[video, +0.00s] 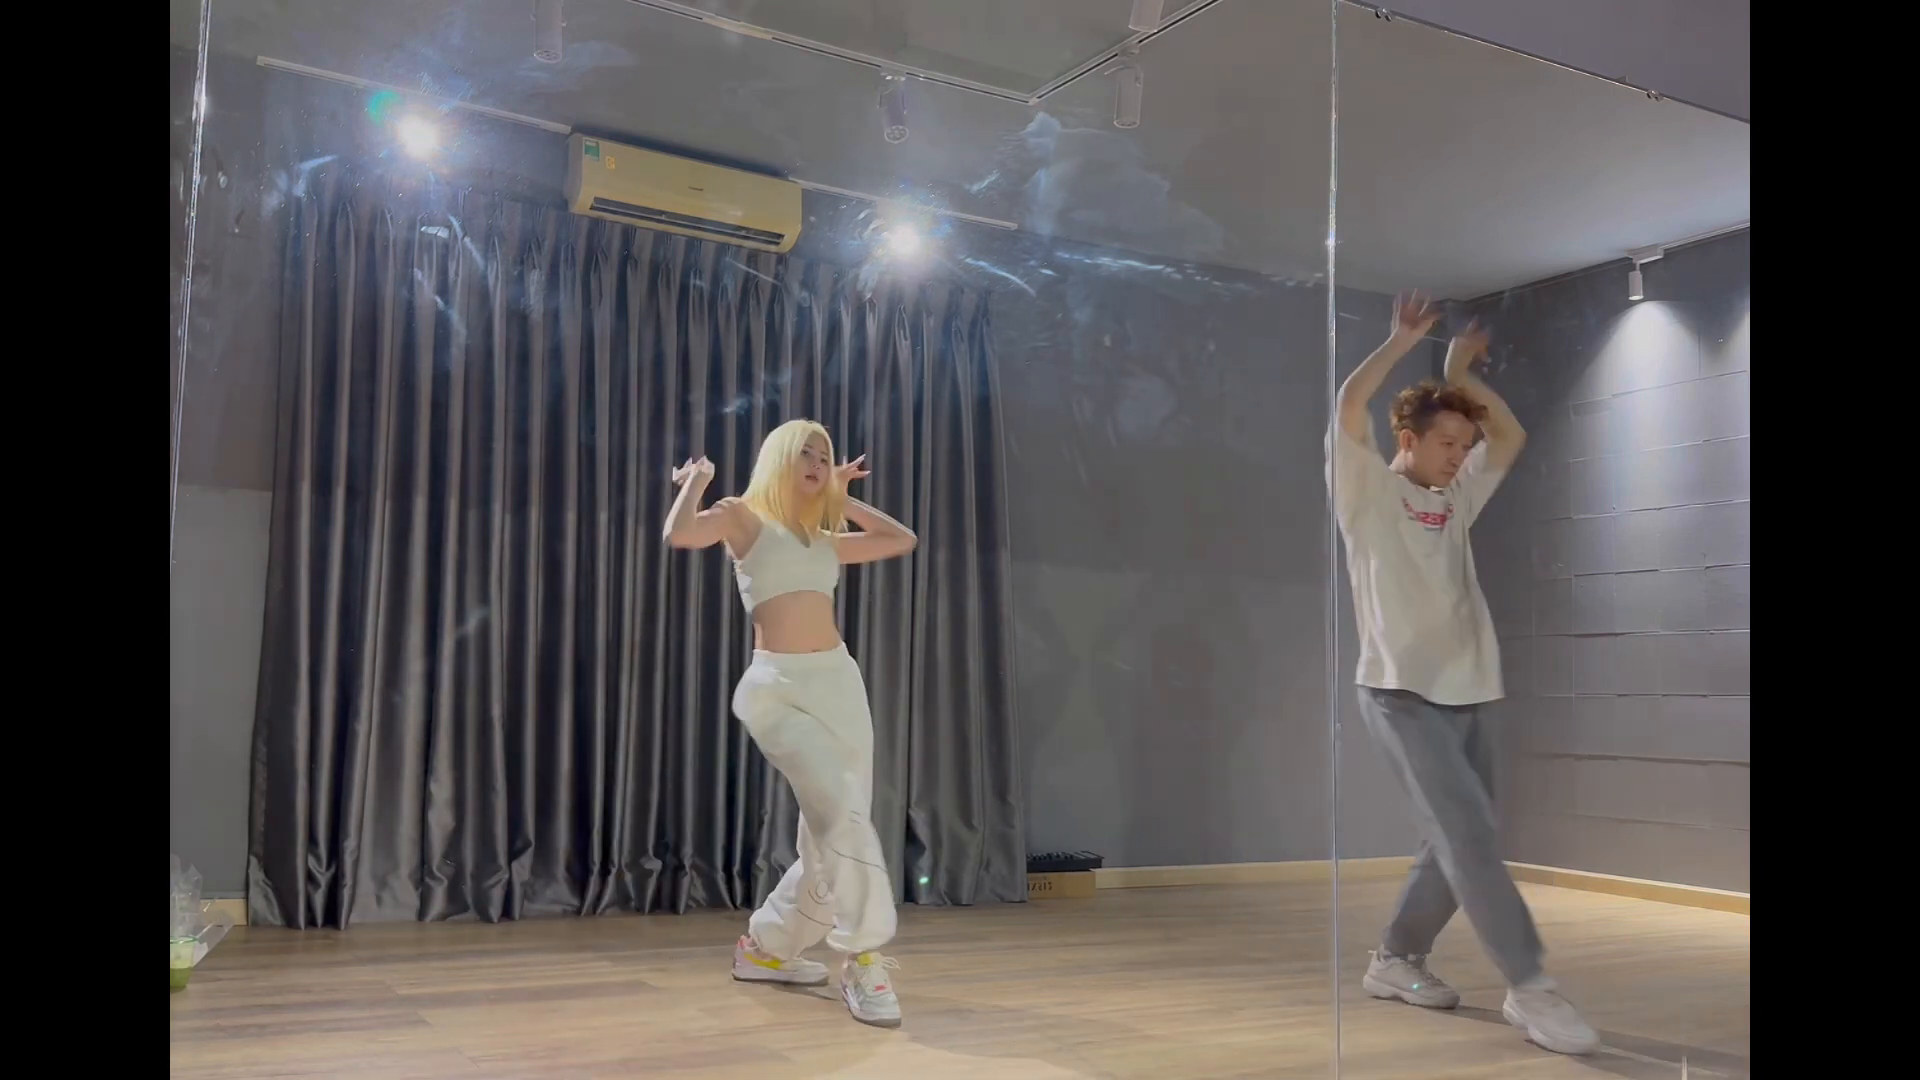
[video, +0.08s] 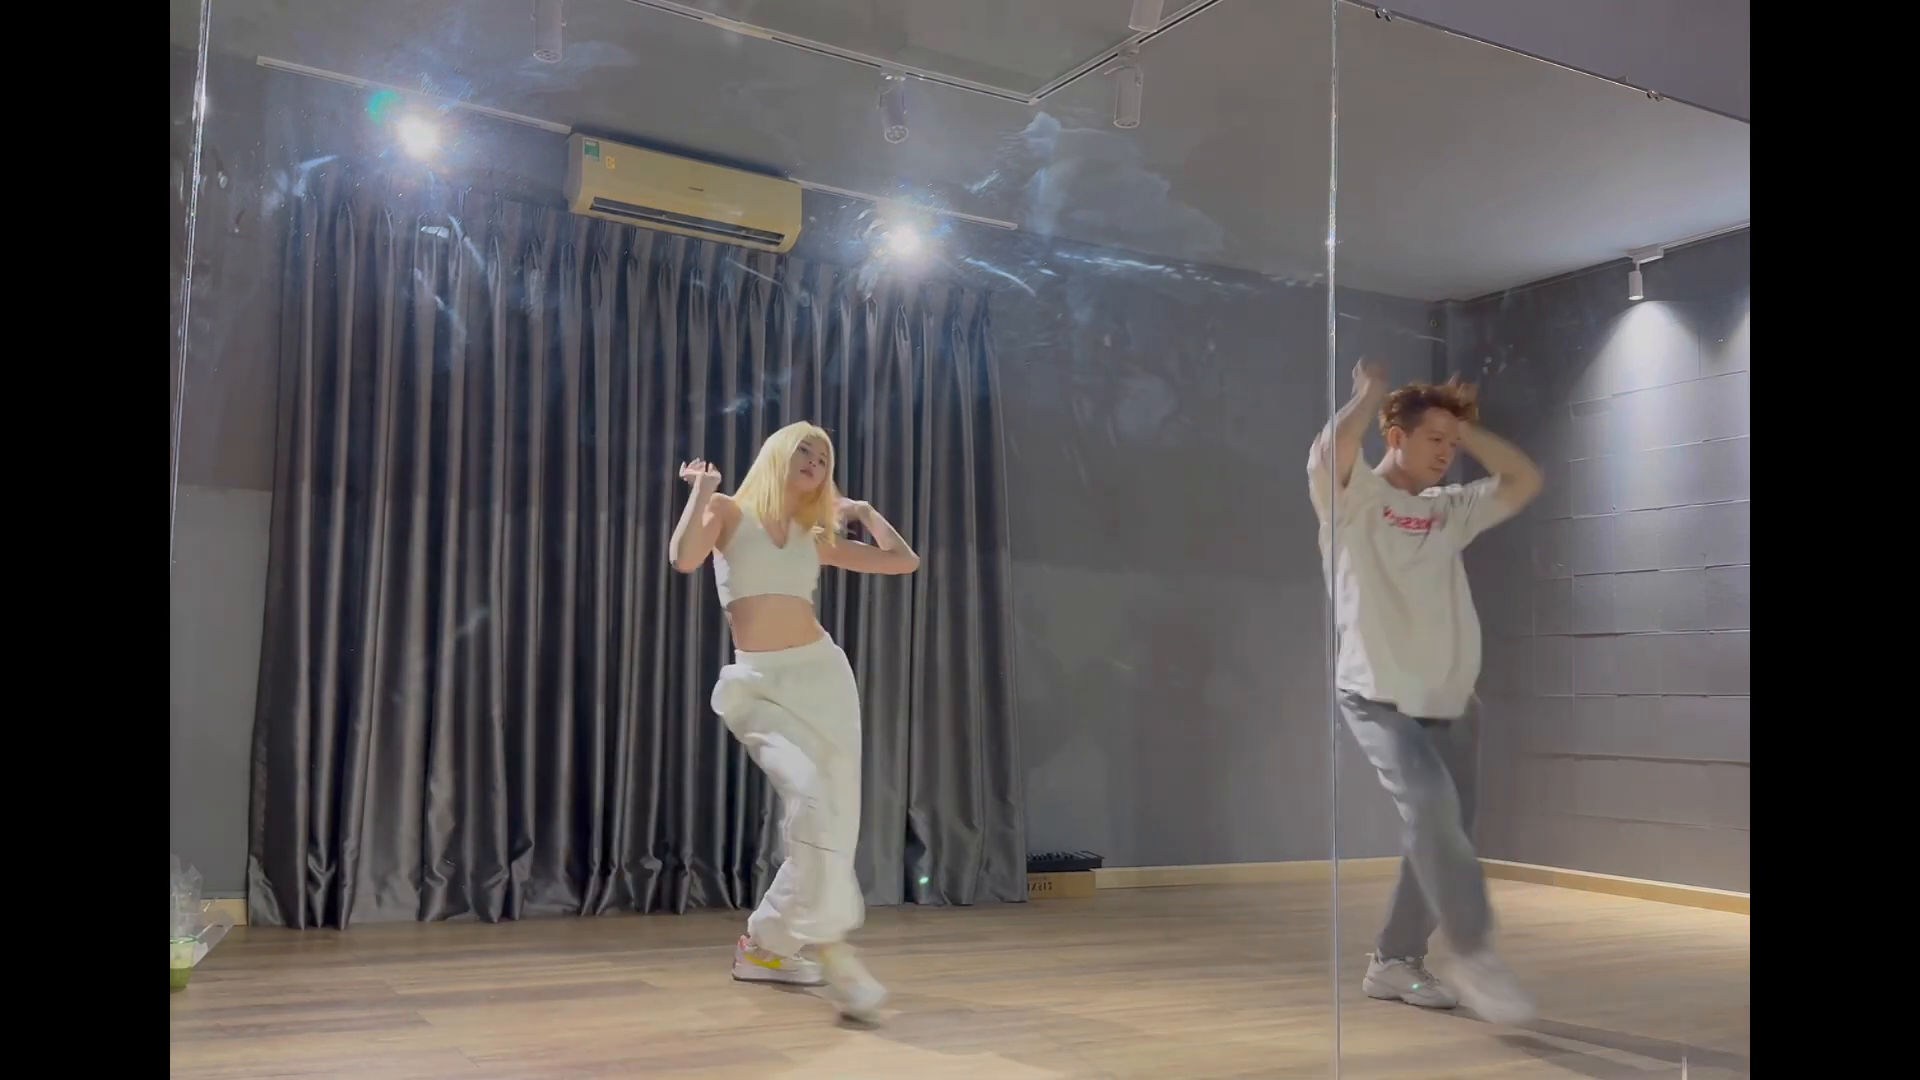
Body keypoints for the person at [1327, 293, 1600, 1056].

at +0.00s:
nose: (1459, 458)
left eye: (1466, 446)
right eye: (1449, 443)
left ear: (1466, 449)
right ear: (1409, 438)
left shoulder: (1458, 497)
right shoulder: (1367, 491)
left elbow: (1508, 438)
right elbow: (1349, 404)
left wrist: (1466, 374)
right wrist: (1400, 342)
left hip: (1469, 692)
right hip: (1402, 692)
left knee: (1465, 830)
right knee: (1468, 829)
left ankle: (1397, 961)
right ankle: (1529, 988)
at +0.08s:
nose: (1446, 453)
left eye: (1452, 443)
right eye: (1436, 439)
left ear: (1456, 449)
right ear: (1397, 436)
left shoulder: (1450, 508)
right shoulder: (1353, 500)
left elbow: (1524, 482)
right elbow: (1329, 455)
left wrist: (1468, 429)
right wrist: (1366, 400)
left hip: (1446, 697)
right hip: (1374, 695)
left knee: (1442, 827)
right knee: (1432, 806)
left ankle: (1394, 963)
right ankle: (1470, 951)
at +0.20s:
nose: (1421, 462)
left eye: (1431, 456)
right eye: (1412, 445)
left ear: (1432, 466)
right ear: (1374, 438)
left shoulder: (1425, 529)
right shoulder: (1319, 491)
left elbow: (1488, 559)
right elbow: (1321, 559)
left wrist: (1476, 494)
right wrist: (1380, 499)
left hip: (1425, 698)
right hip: (1353, 689)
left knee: (1442, 832)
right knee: (1382, 790)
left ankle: (1397, 962)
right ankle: (1330, 920)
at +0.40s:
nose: (1362, 484)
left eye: (1366, 471)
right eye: (1344, 475)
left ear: (1373, 473)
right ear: (1309, 489)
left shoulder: (1386, 536)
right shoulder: (1287, 543)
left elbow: (1448, 525)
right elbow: (1243, 630)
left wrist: (1405, 453)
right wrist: (1293, 688)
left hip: (1363, 736)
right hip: (1292, 728)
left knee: (1435, 832)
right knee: (1260, 847)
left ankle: (1393, 963)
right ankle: (1179, 960)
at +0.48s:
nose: (1345, 487)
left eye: (1346, 475)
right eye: (1327, 483)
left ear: (1356, 479)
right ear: (1297, 506)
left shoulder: (1384, 542)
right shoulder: (1278, 570)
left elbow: (1446, 491)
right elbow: (1217, 643)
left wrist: (1374, 444)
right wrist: (1259, 698)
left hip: (1345, 747)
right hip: (1274, 744)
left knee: (1424, 828)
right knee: (1238, 855)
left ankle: (1392, 963)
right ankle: (1174, 964)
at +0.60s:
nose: (1337, 482)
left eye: (1337, 472)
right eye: (1318, 478)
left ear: (1349, 479)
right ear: (1288, 503)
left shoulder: (1383, 547)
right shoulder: (1267, 577)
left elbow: (1441, 477)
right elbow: (1210, 652)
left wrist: (1361, 443)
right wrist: (1243, 703)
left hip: (1349, 755)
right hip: (1269, 754)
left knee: (1434, 831)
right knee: (1238, 854)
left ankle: (1394, 962)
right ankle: (1175, 964)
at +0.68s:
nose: (1338, 474)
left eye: (1342, 465)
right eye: (1319, 467)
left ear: (1354, 479)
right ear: (1289, 493)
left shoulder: (1383, 546)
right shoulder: (1262, 568)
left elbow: (1450, 484)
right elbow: (1217, 649)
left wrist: (1367, 449)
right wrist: (1242, 700)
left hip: (1359, 746)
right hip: (1274, 747)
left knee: (1447, 833)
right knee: (1233, 845)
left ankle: (1398, 961)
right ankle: (1177, 962)